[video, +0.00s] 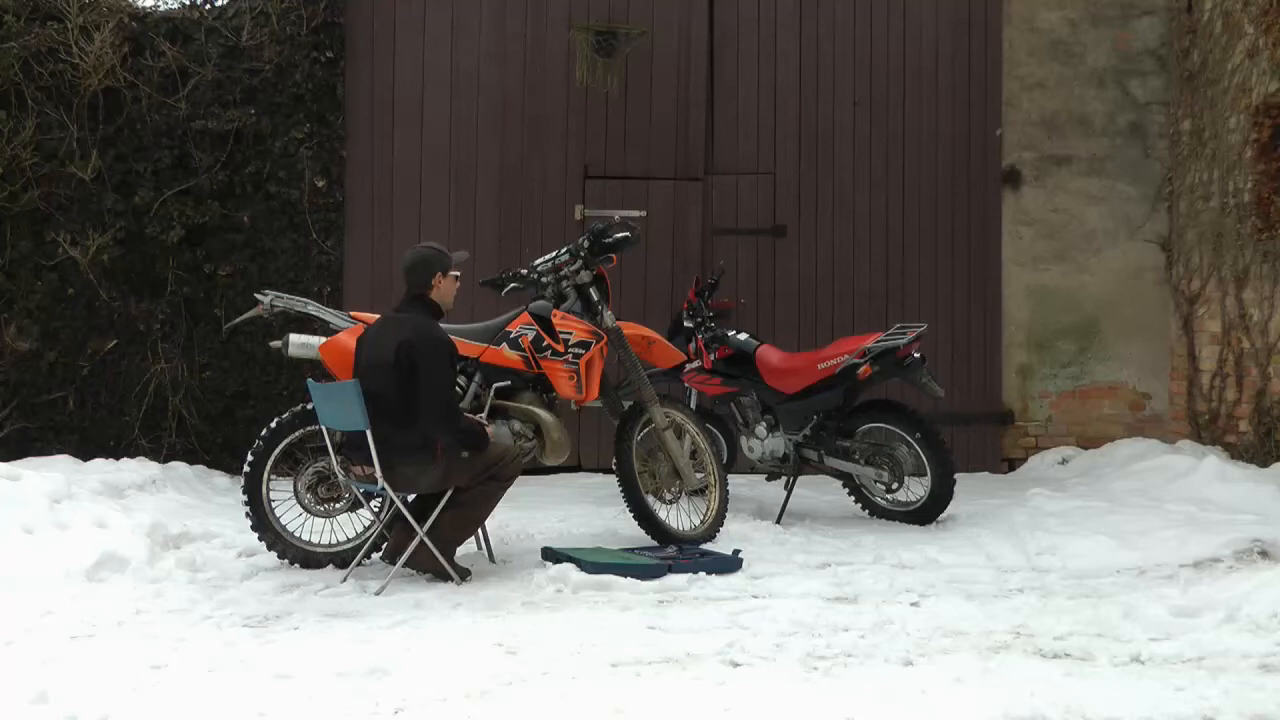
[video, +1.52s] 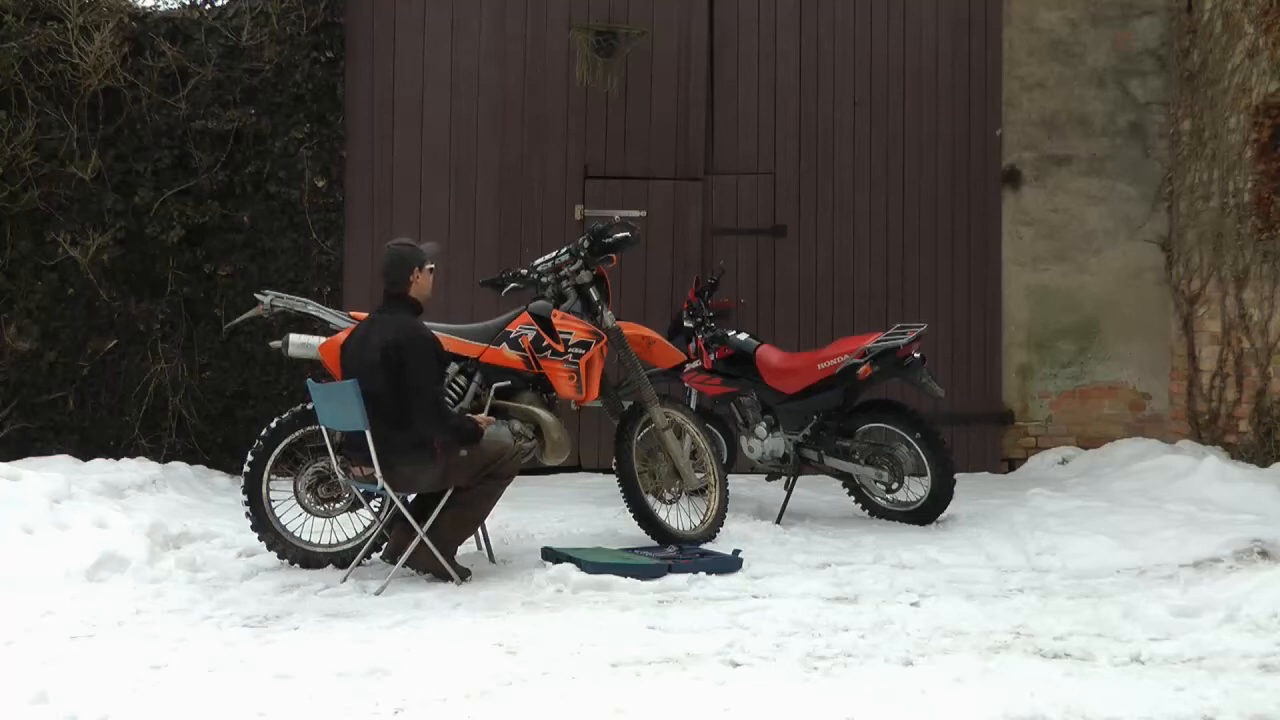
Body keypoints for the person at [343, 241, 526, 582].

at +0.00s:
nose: (457, 285)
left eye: (456, 278)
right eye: (453, 277)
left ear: (416, 282)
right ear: (436, 282)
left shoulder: (375, 331)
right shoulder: (433, 339)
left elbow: (384, 409)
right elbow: (442, 418)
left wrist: (459, 420)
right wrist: (480, 438)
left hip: (384, 463)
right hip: (417, 466)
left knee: (473, 454)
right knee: (506, 458)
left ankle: (403, 541)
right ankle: (436, 549)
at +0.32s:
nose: (453, 284)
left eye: (452, 276)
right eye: (450, 276)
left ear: (411, 280)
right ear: (434, 281)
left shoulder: (372, 331)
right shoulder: (431, 339)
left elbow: (374, 406)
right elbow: (441, 418)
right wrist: (475, 432)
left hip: (381, 462)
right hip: (414, 466)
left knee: (473, 453)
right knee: (506, 456)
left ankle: (404, 540)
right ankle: (436, 549)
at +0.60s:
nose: (446, 280)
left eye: (445, 274)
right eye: (443, 274)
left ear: (405, 279)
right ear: (428, 279)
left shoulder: (366, 332)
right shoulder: (426, 339)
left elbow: (373, 409)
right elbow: (442, 422)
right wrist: (477, 421)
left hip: (381, 462)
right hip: (414, 466)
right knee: (504, 455)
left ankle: (404, 539)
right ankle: (436, 548)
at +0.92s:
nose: (439, 278)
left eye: (437, 272)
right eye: (436, 272)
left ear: (396, 279)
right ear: (422, 278)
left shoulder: (363, 332)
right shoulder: (420, 338)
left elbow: (365, 407)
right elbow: (432, 418)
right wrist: (473, 429)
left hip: (380, 463)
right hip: (412, 466)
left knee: (472, 451)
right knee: (505, 455)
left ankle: (404, 538)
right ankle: (436, 548)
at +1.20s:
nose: (435, 278)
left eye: (433, 271)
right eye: (432, 271)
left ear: (393, 279)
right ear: (418, 278)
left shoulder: (362, 333)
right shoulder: (419, 338)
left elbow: (366, 407)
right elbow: (433, 417)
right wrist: (473, 430)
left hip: (376, 462)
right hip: (409, 466)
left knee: (472, 451)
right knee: (504, 454)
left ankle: (405, 537)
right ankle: (435, 548)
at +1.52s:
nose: (432, 276)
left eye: (430, 270)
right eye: (429, 270)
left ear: (391, 279)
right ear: (415, 278)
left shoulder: (361, 333)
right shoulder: (417, 337)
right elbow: (432, 417)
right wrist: (473, 426)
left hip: (376, 462)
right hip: (408, 466)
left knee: (473, 450)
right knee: (504, 453)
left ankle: (405, 536)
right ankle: (435, 548)